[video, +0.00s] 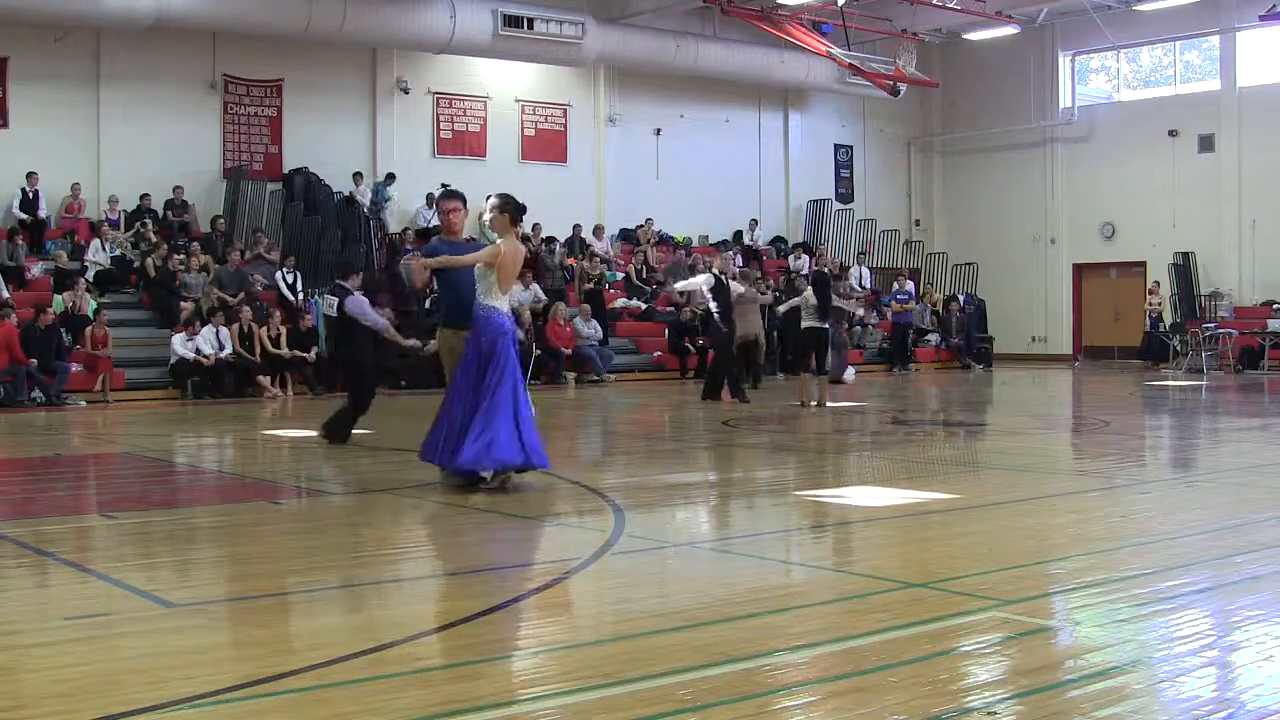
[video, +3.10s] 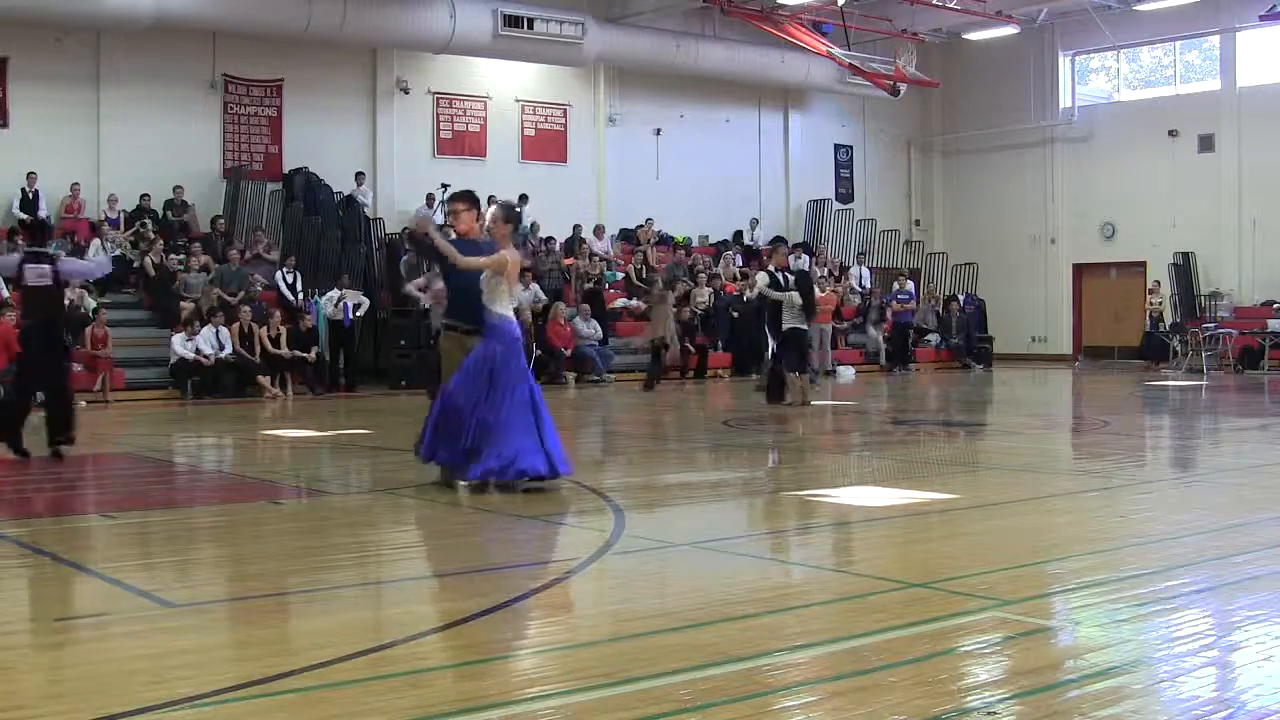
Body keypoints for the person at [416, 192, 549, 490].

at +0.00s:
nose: (485, 216)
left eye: (490, 212)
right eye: (486, 211)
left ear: (505, 217)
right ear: (511, 218)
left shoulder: (498, 249)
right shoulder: (519, 249)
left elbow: (458, 260)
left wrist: (426, 262)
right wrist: (435, 260)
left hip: (488, 324)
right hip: (503, 323)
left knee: (484, 392)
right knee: (498, 391)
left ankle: (493, 458)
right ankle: (500, 456)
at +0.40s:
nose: (486, 216)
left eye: (490, 211)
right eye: (488, 211)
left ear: (505, 216)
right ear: (511, 218)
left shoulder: (499, 249)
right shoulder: (521, 249)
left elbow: (464, 241)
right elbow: (477, 248)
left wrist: (432, 226)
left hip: (492, 321)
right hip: (510, 320)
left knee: (491, 390)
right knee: (508, 389)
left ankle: (492, 456)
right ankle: (507, 452)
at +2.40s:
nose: (494, 216)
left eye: (498, 212)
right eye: (496, 212)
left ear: (509, 219)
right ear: (520, 219)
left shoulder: (502, 250)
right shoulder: (531, 249)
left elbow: (464, 228)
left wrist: (438, 195)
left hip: (496, 322)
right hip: (517, 322)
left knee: (493, 393)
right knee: (510, 393)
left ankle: (493, 463)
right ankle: (504, 462)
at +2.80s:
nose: (499, 226)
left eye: (501, 221)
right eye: (500, 221)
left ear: (513, 222)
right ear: (520, 223)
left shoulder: (505, 251)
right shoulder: (535, 252)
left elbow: (467, 246)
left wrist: (438, 233)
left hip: (499, 325)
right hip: (520, 325)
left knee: (489, 391)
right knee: (512, 394)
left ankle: (485, 461)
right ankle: (506, 461)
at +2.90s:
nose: (496, 227)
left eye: (500, 222)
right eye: (498, 221)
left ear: (512, 224)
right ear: (521, 224)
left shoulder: (503, 253)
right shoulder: (533, 252)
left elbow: (456, 259)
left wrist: (427, 245)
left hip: (500, 328)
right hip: (520, 328)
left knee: (463, 382)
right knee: (510, 394)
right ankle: (505, 460)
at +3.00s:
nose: (494, 231)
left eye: (497, 225)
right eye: (495, 225)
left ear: (509, 227)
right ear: (514, 227)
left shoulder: (503, 257)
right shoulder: (528, 254)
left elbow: (457, 274)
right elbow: (520, 285)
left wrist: (430, 251)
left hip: (500, 330)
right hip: (518, 328)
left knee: (460, 381)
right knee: (512, 394)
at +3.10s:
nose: (487, 226)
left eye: (492, 222)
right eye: (488, 222)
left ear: (506, 226)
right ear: (506, 227)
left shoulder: (505, 258)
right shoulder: (511, 255)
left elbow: (461, 261)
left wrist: (432, 233)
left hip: (500, 335)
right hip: (505, 332)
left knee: (458, 392)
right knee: (506, 399)